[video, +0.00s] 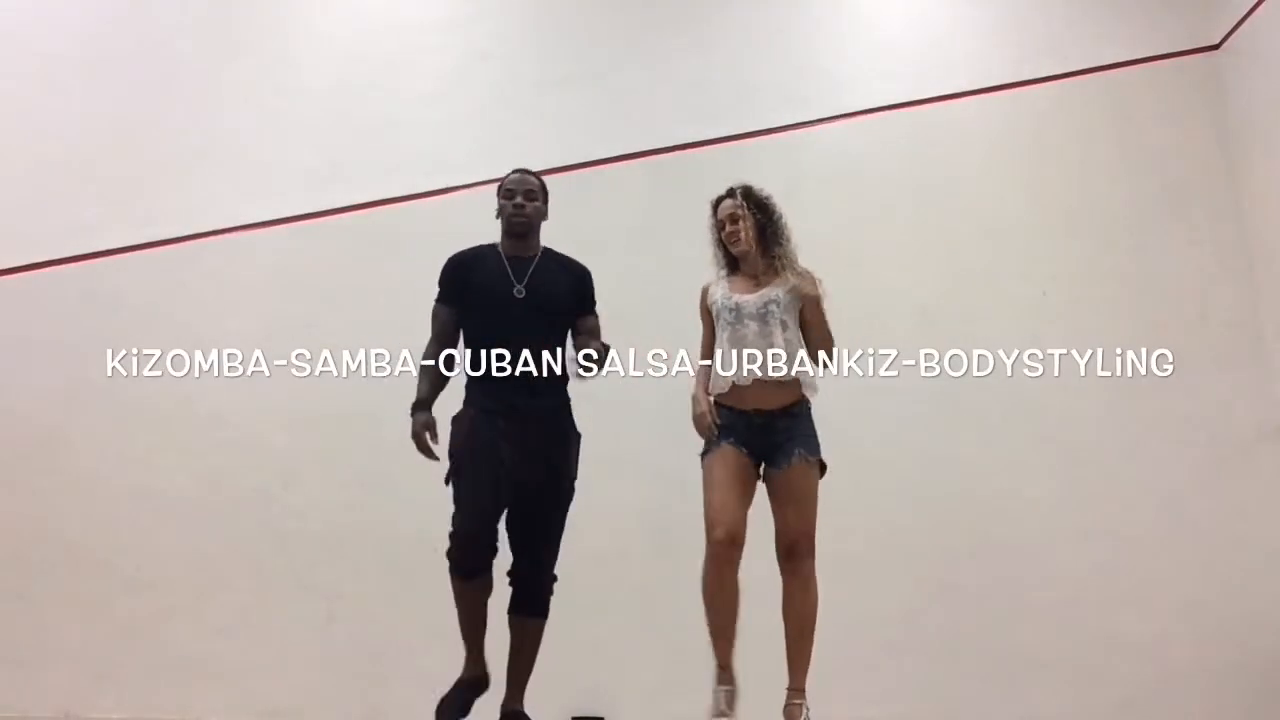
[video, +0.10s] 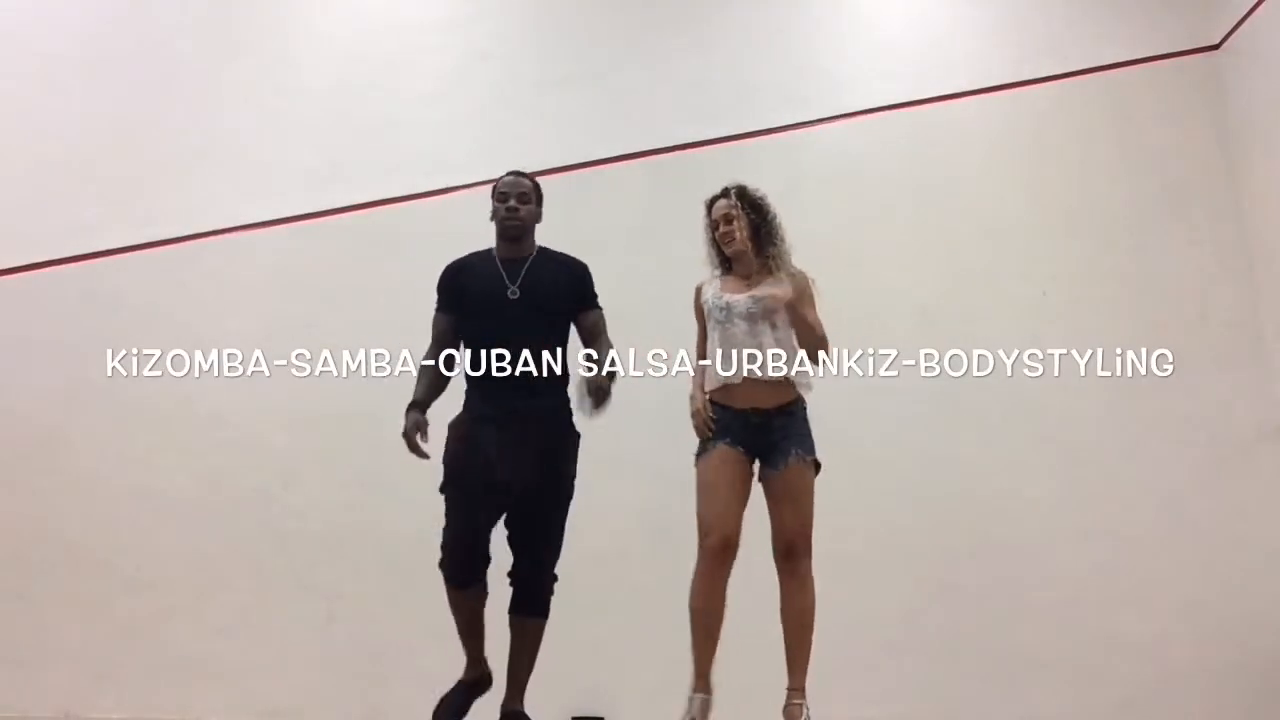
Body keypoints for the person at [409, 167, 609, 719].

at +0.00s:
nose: (520, 204)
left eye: (531, 197)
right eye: (511, 196)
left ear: (546, 208)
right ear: (496, 206)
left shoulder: (572, 276)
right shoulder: (464, 268)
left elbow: (589, 344)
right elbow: (441, 348)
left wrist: (592, 353)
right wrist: (422, 405)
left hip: (549, 438)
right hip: (481, 434)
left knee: (534, 573)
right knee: (467, 553)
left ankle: (514, 703)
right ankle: (474, 671)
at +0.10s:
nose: (511, 207)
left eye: (523, 199)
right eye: (503, 199)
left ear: (540, 211)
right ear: (490, 209)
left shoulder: (569, 274)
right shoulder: (461, 275)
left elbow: (598, 343)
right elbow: (441, 354)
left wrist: (601, 374)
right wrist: (418, 405)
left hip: (547, 443)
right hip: (477, 440)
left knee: (533, 576)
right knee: (460, 561)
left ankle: (514, 703)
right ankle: (475, 671)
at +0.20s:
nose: (502, 216)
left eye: (513, 208)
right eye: (495, 208)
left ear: (533, 216)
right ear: (484, 215)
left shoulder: (563, 275)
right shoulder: (458, 283)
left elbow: (597, 347)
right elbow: (441, 364)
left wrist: (609, 405)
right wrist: (414, 412)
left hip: (542, 448)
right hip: (473, 446)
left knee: (531, 579)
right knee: (460, 575)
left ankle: (514, 704)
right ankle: (471, 698)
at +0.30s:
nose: (497, 225)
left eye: (507, 216)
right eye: (487, 217)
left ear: (525, 219)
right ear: (476, 223)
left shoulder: (555, 275)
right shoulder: (456, 289)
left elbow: (586, 351)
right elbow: (443, 367)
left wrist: (603, 424)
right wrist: (414, 416)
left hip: (532, 450)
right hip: (466, 451)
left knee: (525, 580)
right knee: (464, 581)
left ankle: (513, 703)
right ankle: (471, 704)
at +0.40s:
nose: (487, 232)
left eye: (497, 222)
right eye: (478, 223)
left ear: (517, 220)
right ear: (469, 225)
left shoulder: (550, 274)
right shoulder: (455, 292)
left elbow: (579, 356)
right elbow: (444, 367)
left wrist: (584, 429)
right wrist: (416, 417)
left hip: (523, 449)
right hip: (461, 449)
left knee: (518, 571)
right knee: (461, 579)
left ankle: (514, 697)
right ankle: (472, 703)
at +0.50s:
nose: (481, 233)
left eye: (491, 224)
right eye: (473, 225)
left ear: (512, 221)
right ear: (464, 227)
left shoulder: (546, 275)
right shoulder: (454, 291)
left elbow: (570, 360)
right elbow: (444, 367)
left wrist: (560, 431)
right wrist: (419, 423)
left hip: (518, 444)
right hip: (458, 446)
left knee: (507, 565)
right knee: (459, 573)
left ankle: (507, 692)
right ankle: (471, 702)